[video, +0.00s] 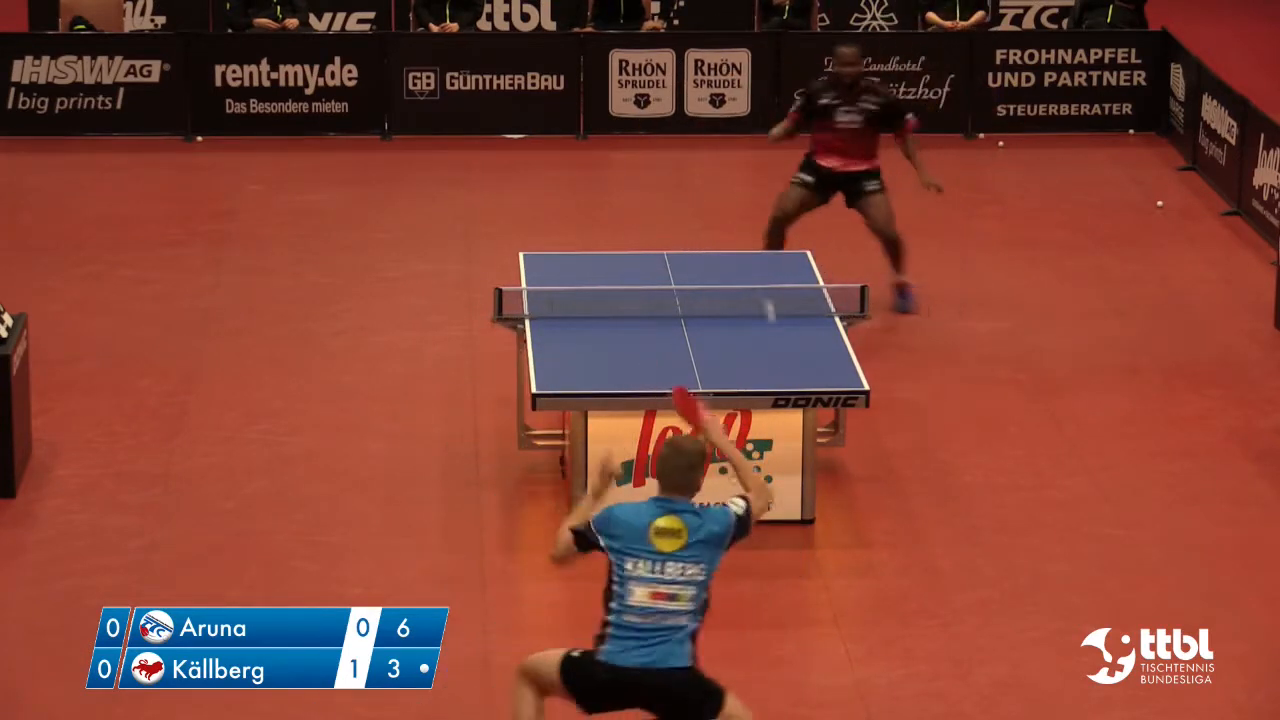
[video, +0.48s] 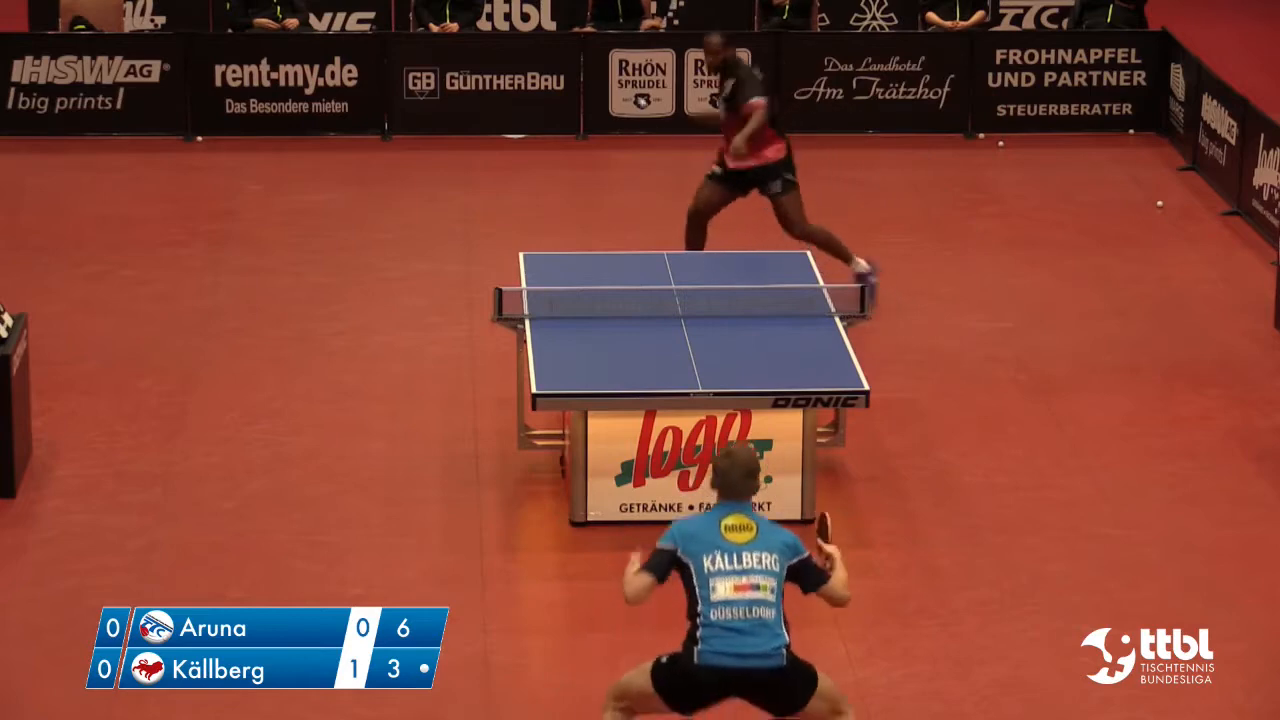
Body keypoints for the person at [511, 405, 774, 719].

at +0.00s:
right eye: (704, 469)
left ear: (655, 472)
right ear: (700, 478)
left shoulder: (619, 517)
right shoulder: (715, 525)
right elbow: (762, 497)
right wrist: (724, 442)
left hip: (610, 674)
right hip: (675, 680)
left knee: (529, 675)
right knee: (741, 715)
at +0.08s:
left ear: (665, 477)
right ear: (712, 482)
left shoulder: (636, 529)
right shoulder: (731, 530)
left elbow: (588, 598)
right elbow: (787, 536)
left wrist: (613, 542)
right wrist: (766, 474)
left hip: (641, 685)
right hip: (707, 686)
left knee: (561, 686)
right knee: (767, 714)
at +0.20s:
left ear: (689, 512)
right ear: (733, 511)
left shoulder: (668, 563)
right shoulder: (759, 560)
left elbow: (649, 651)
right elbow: (821, 597)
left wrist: (642, 614)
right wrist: (809, 536)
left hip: (692, 700)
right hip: (756, 699)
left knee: (602, 701)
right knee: (805, 715)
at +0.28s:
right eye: (743, 511)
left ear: (700, 521)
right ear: (745, 519)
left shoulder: (679, 575)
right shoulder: (771, 572)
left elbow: (659, 658)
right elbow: (835, 614)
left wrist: (647, 641)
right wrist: (825, 560)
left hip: (708, 705)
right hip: (771, 705)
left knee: (621, 704)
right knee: (821, 714)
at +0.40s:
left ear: (706, 508)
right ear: (751, 508)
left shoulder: (682, 557)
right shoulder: (777, 559)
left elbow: (636, 625)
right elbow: (838, 609)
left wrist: (627, 602)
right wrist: (834, 564)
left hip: (708, 691)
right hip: (774, 692)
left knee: (624, 702)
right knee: (831, 713)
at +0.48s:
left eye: (713, 471)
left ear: (713, 482)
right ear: (757, 486)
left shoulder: (683, 531)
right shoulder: (781, 538)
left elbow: (633, 594)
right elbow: (840, 596)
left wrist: (633, 570)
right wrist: (837, 560)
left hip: (705, 669)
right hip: (771, 671)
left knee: (619, 701)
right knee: (839, 712)